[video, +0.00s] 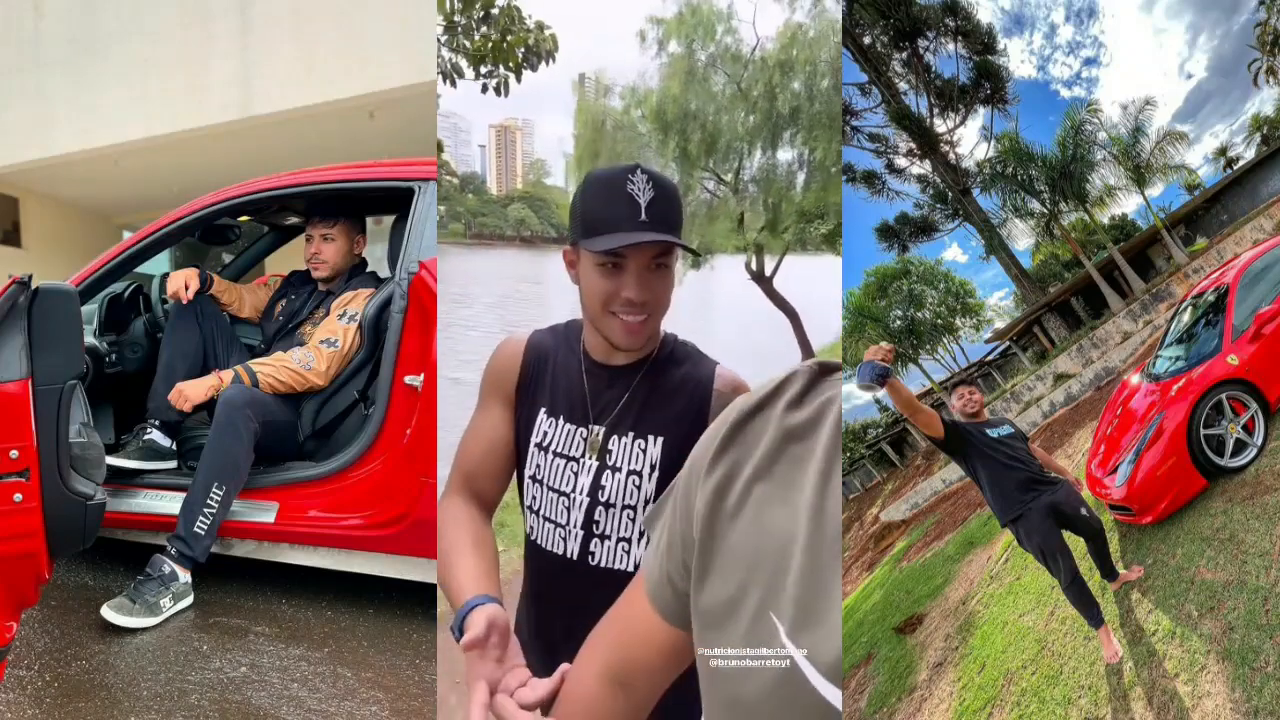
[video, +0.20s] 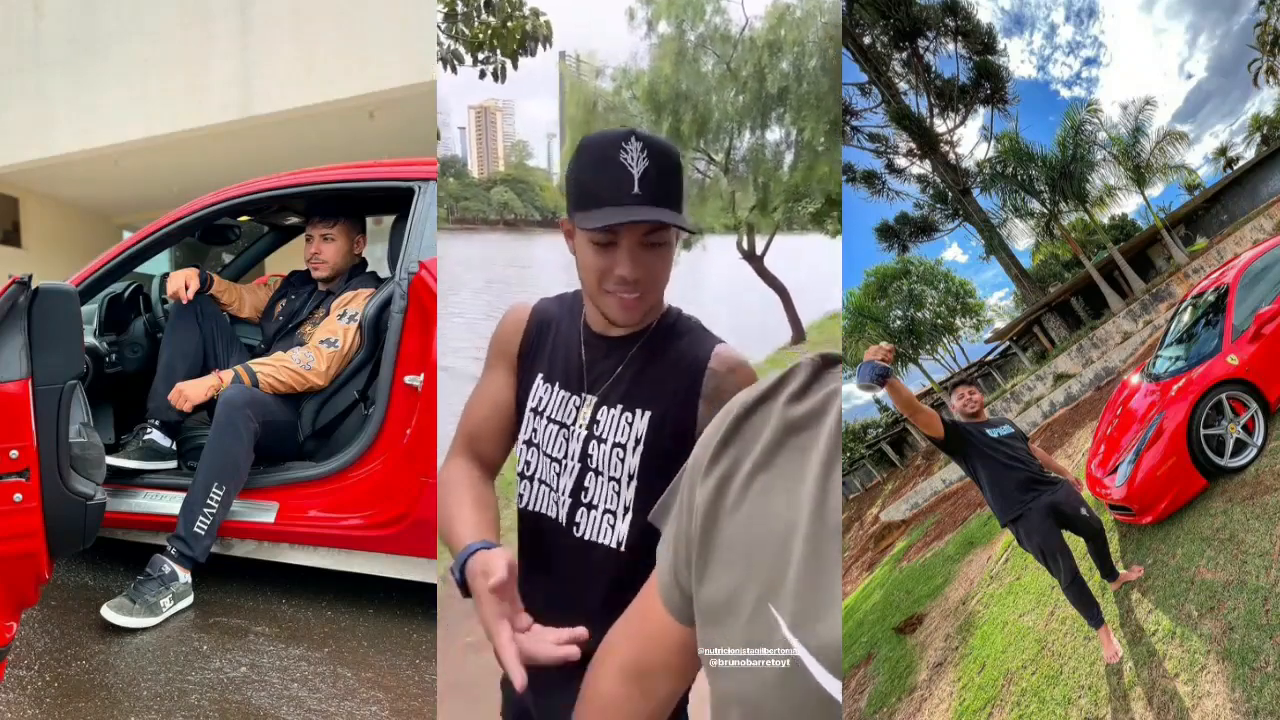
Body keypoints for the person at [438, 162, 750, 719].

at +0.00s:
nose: (635, 292)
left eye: (658, 265)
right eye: (611, 264)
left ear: (676, 267)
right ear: (572, 264)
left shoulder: (718, 401)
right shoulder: (522, 366)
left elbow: (723, 583)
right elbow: (468, 499)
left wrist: (593, 678)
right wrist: (480, 605)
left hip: (659, 698)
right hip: (536, 683)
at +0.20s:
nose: (627, 269)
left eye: (652, 243)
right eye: (605, 242)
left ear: (678, 242)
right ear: (570, 237)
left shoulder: (717, 379)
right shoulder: (528, 332)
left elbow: (737, 550)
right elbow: (469, 462)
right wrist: (478, 555)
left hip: (639, 684)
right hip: (530, 667)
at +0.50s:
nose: (585, 289)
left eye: (608, 264)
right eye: (564, 266)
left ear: (640, 257)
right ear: (539, 264)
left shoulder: (682, 386)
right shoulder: (515, 342)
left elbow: (677, 561)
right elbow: (462, 454)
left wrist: (615, 706)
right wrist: (444, 512)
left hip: (604, 690)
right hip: (500, 670)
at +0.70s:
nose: (538, 304)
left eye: (558, 277)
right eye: (514, 280)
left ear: (588, 273)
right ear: (489, 281)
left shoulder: (633, 400)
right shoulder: (463, 364)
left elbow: (634, 580)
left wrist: (581, 709)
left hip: (564, 697)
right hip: (464, 684)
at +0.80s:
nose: (501, 314)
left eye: (521, 284)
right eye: (476, 291)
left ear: (549, 281)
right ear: (451, 293)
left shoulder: (598, 402)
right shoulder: (438, 374)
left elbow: (611, 576)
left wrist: (590, 707)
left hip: (552, 696)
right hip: (459, 685)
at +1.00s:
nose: (431, 336)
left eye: (448, 313)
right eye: (417, 314)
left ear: (474, 310)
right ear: (393, 319)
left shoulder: (532, 424)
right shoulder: (377, 415)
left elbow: (581, 607)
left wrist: (607, 707)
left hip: (481, 699)